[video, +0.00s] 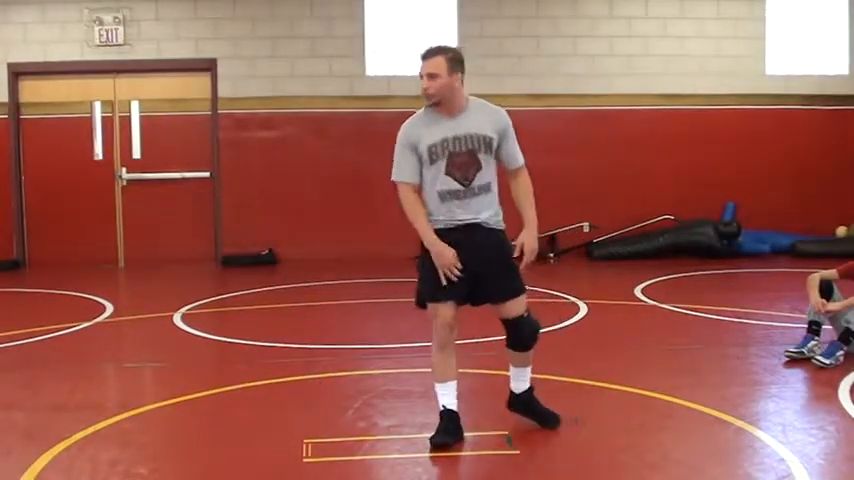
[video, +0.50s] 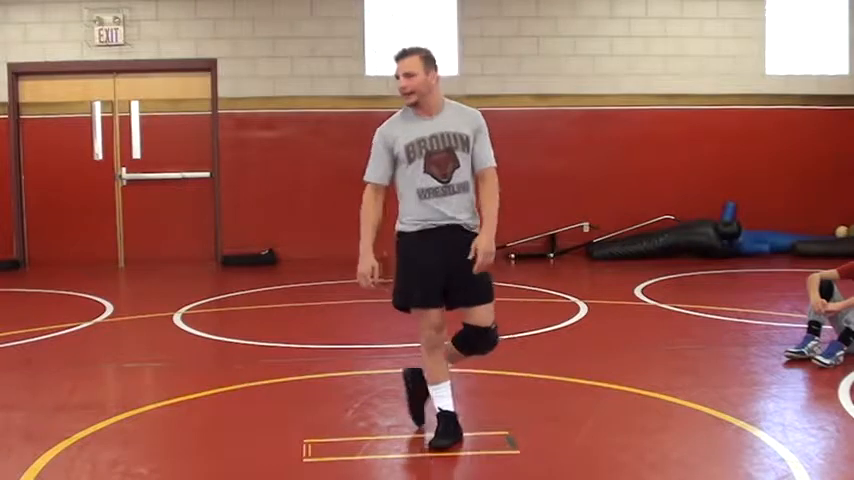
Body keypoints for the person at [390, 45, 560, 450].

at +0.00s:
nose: (424, 85)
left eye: (432, 77)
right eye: (422, 77)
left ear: (457, 79)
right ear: (425, 80)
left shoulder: (495, 118)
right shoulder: (413, 131)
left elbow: (517, 173)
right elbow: (407, 192)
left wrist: (530, 227)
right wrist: (434, 245)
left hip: (489, 234)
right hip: (440, 239)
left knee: (521, 325)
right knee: (444, 324)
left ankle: (521, 395)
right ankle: (449, 417)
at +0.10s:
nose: (415, 83)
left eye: (423, 75)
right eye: (414, 76)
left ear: (448, 78)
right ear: (419, 80)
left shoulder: (488, 118)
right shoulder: (405, 131)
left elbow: (511, 174)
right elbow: (402, 195)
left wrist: (524, 228)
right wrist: (423, 247)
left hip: (483, 234)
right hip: (435, 239)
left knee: (515, 323)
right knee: (440, 326)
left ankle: (518, 393)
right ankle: (448, 417)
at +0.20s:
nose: (409, 81)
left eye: (417, 74)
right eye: (408, 74)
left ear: (442, 76)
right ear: (412, 78)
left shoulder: (483, 118)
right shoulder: (400, 131)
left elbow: (505, 173)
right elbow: (395, 194)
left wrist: (519, 228)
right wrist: (408, 247)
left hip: (477, 234)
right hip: (428, 239)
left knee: (513, 326)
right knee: (438, 328)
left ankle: (507, 390)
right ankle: (448, 417)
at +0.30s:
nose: (407, 82)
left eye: (414, 74)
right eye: (404, 75)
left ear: (439, 76)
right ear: (404, 78)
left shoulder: (478, 118)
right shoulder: (396, 131)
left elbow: (501, 176)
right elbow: (386, 193)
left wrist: (513, 230)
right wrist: (391, 248)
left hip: (474, 234)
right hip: (424, 238)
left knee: (506, 329)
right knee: (438, 329)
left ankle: (477, 383)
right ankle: (447, 417)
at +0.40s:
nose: (404, 83)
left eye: (411, 75)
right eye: (401, 77)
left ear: (436, 75)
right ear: (401, 81)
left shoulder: (474, 118)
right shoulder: (393, 132)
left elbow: (493, 176)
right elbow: (379, 191)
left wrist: (502, 232)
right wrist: (375, 249)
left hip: (470, 236)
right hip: (422, 241)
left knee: (495, 333)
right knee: (434, 334)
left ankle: (447, 367)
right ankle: (447, 419)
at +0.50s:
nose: (403, 84)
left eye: (410, 75)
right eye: (399, 77)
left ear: (434, 76)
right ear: (397, 82)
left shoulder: (470, 119)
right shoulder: (389, 133)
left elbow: (487, 179)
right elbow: (374, 191)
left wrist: (488, 233)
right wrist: (366, 251)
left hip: (464, 234)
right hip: (417, 239)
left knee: (482, 335)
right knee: (433, 330)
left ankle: (422, 375)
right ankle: (447, 418)